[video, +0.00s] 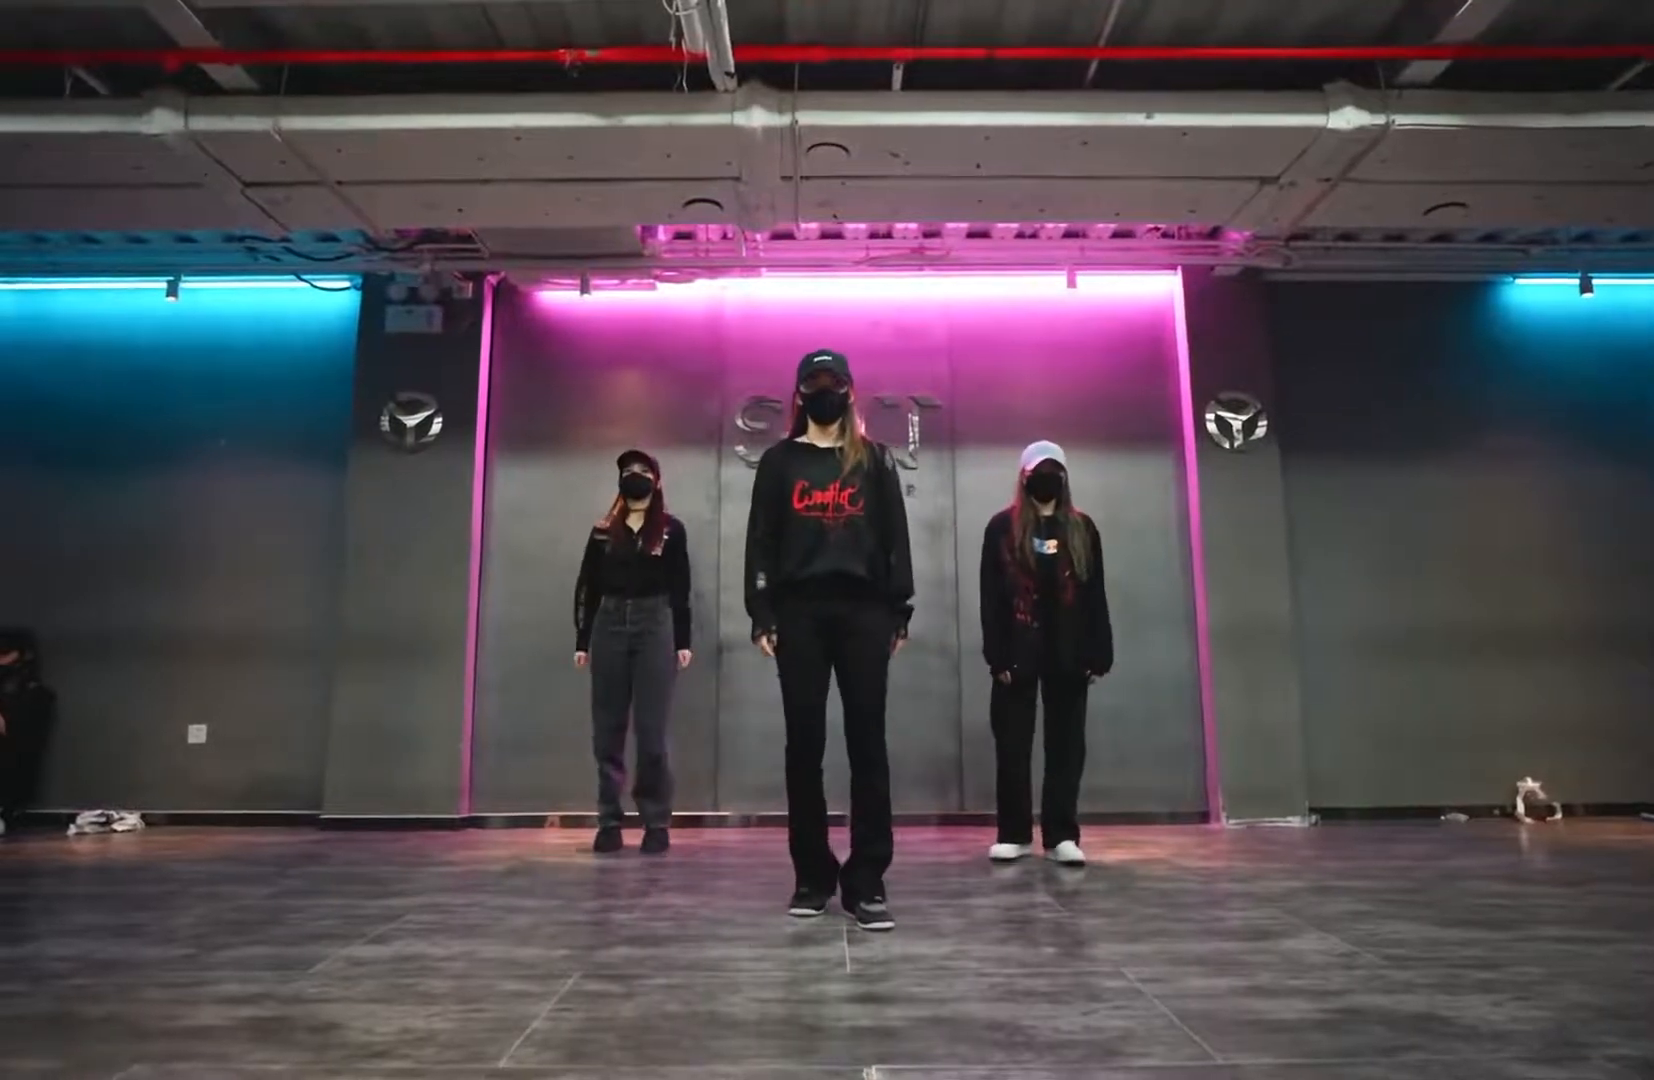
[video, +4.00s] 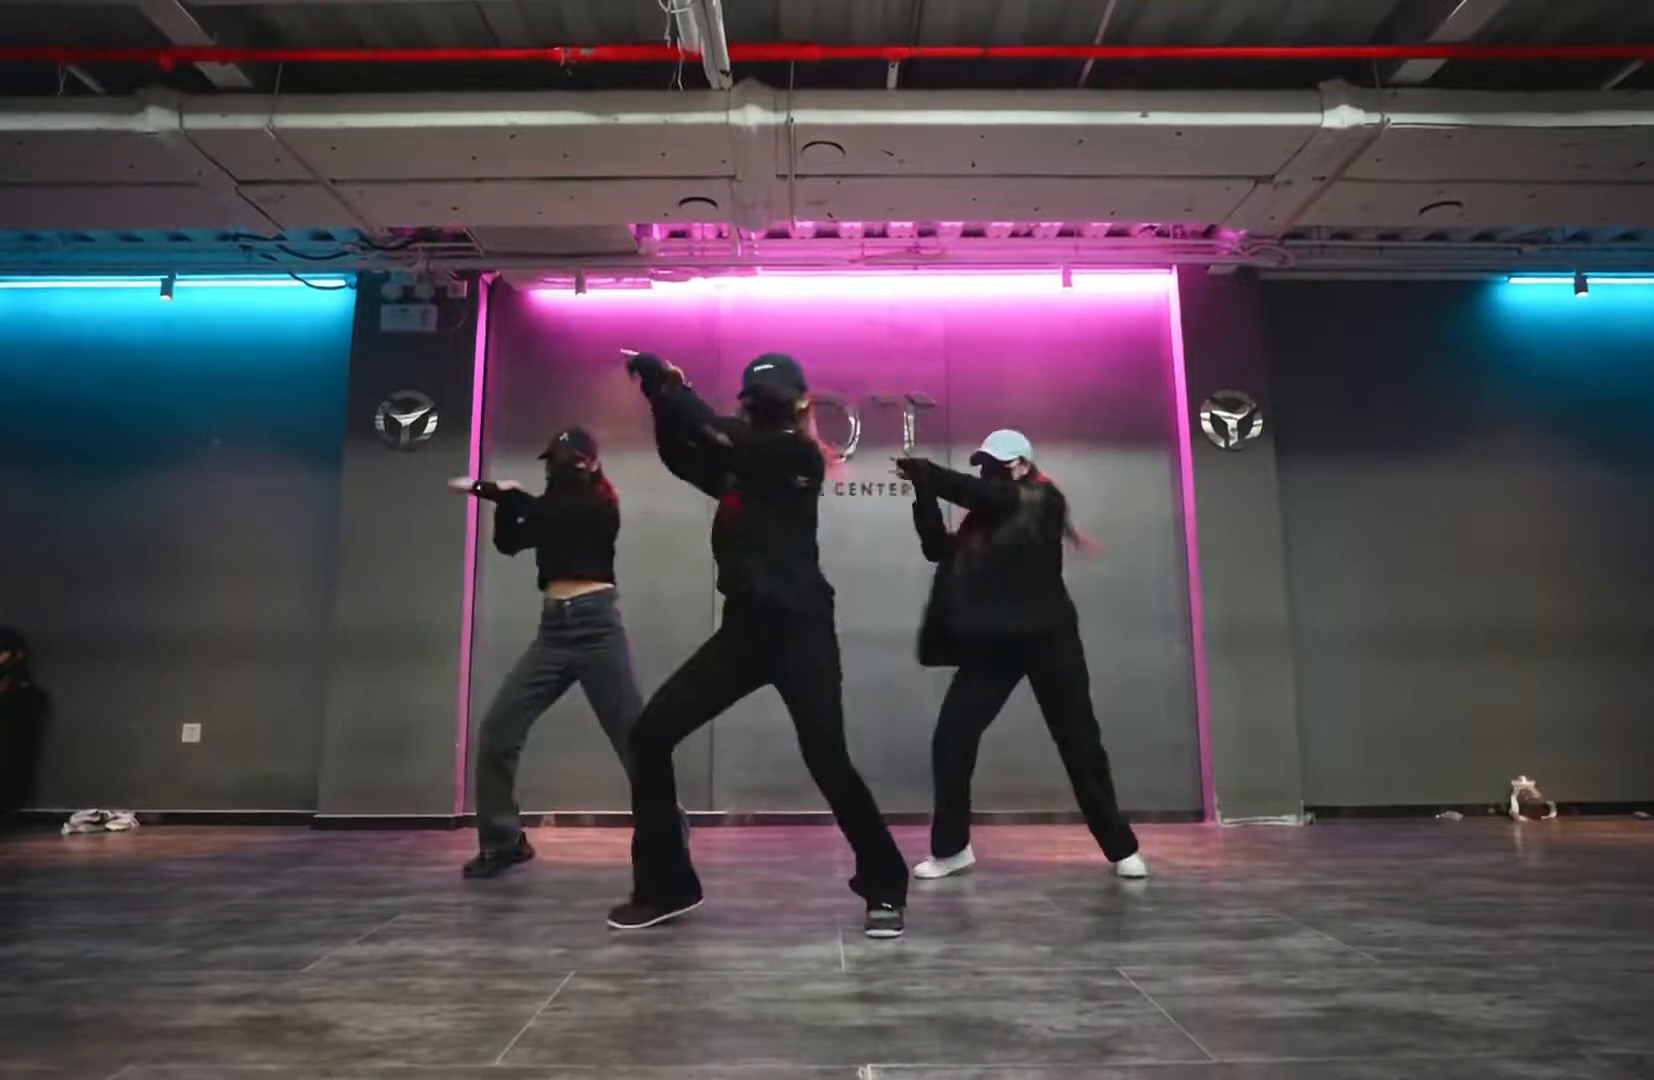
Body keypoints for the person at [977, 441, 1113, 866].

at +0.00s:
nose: (1049, 478)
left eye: (1055, 471)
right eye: (1041, 471)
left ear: (1064, 477)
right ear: (1025, 476)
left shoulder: (1082, 527)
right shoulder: (1002, 528)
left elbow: (1095, 595)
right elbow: (991, 597)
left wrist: (1100, 652)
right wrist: (997, 656)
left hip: (1069, 656)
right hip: (1017, 656)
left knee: (1066, 747)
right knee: (1012, 748)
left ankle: (1063, 837)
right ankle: (1012, 836)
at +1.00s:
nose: (1037, 477)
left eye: (1043, 470)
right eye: (1028, 471)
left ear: (1051, 474)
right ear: (1012, 475)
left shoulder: (1071, 524)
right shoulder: (990, 527)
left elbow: (1089, 589)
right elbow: (977, 595)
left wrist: (1090, 647)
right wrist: (981, 653)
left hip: (1062, 655)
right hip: (1010, 658)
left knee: (1071, 749)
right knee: (1013, 750)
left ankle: (1077, 839)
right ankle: (1012, 839)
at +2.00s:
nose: (1058, 485)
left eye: (1057, 477)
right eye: (1050, 478)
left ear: (1026, 484)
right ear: (1025, 482)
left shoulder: (1040, 526)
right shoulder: (1023, 525)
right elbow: (1088, 534)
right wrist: (1159, 510)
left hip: (1047, 659)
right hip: (1031, 659)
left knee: (1089, 744)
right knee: (1089, 742)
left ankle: (1075, 853)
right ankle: (1014, 822)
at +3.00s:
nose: (1064, 461)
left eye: (1070, 452)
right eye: (1055, 452)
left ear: (1078, 455)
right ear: (1033, 454)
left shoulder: (1090, 508)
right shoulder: (1000, 502)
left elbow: (1117, 567)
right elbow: (975, 555)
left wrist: (1152, 605)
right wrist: (1030, 523)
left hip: (1075, 633)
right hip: (1015, 631)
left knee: (1112, 729)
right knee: (995, 731)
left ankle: (1122, 835)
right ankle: (957, 834)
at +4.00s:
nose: (984, 474)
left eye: (992, 467)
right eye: (982, 468)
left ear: (1019, 466)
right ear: (1000, 468)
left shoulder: (1041, 497)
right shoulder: (984, 512)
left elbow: (982, 492)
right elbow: (937, 548)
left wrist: (925, 470)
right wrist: (925, 492)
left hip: (1049, 637)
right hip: (997, 640)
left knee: (1079, 742)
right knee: (951, 739)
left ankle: (1123, 851)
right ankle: (951, 849)